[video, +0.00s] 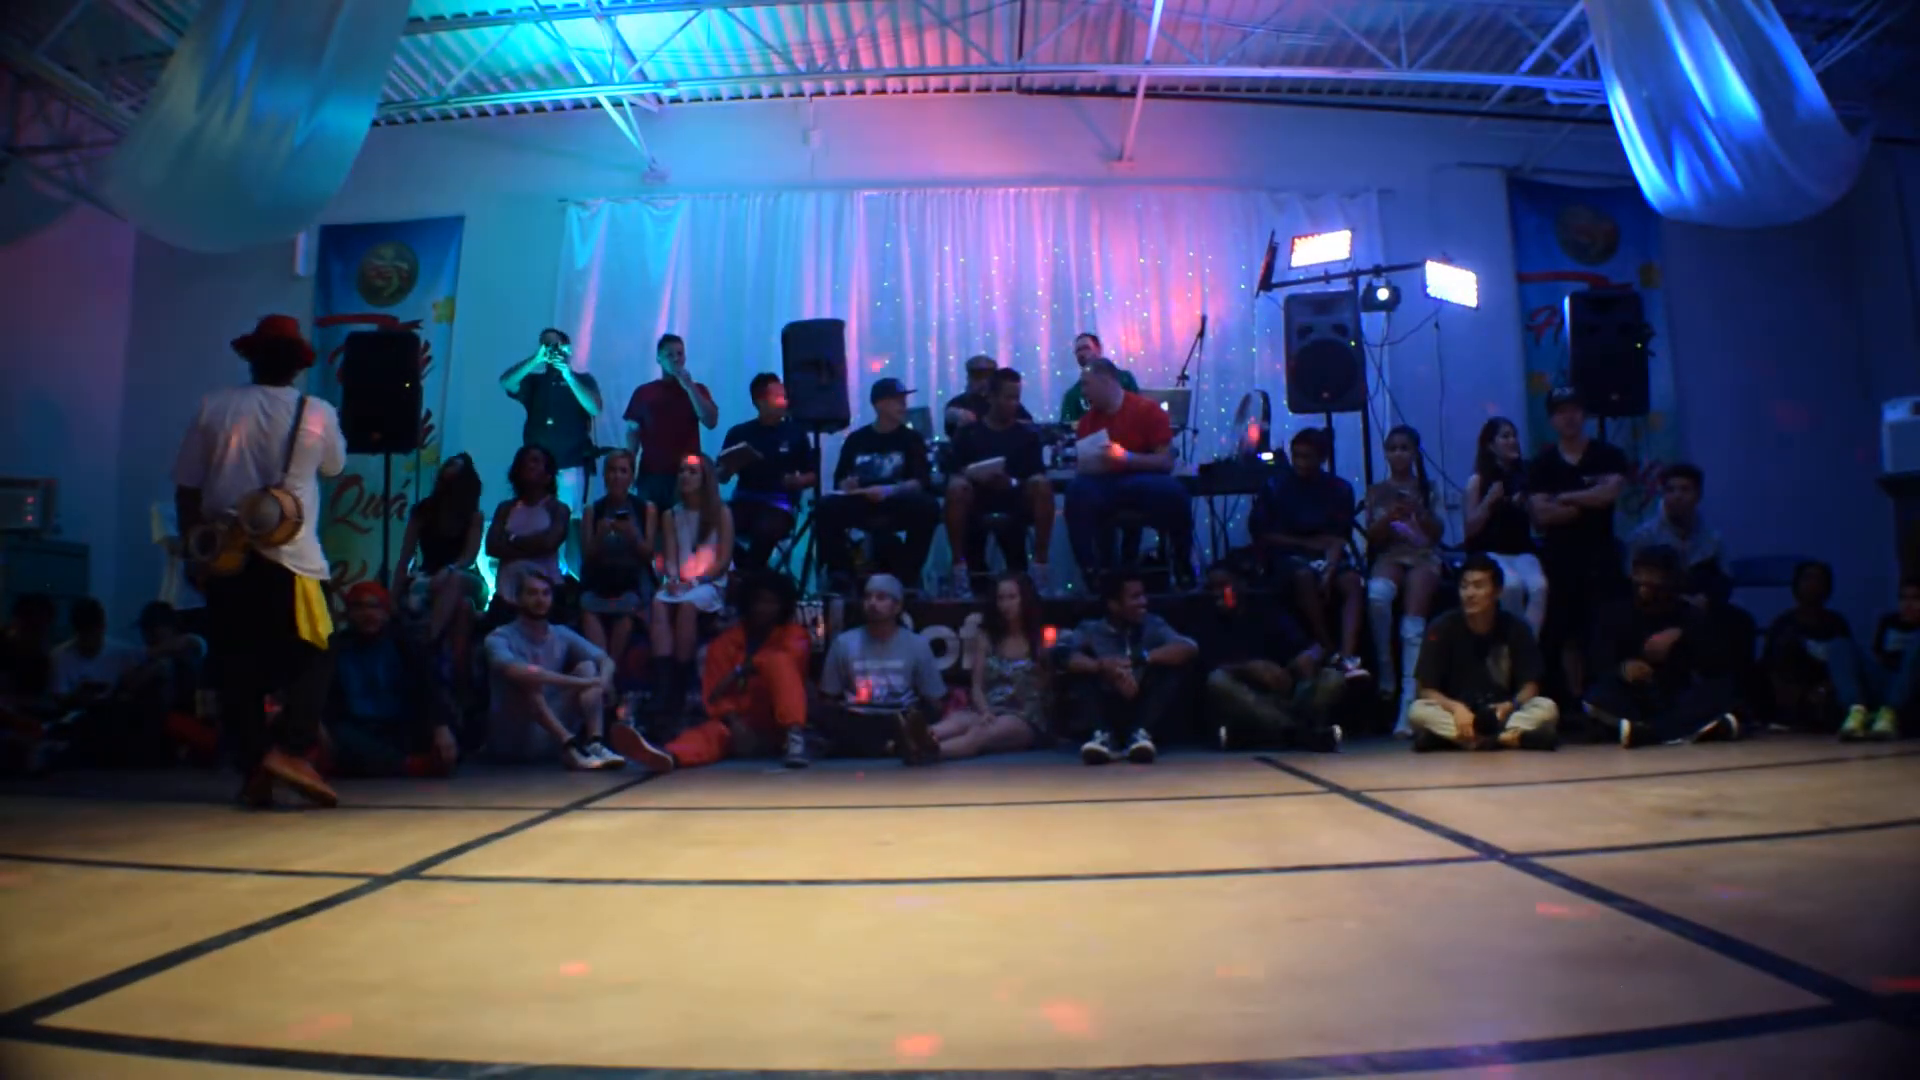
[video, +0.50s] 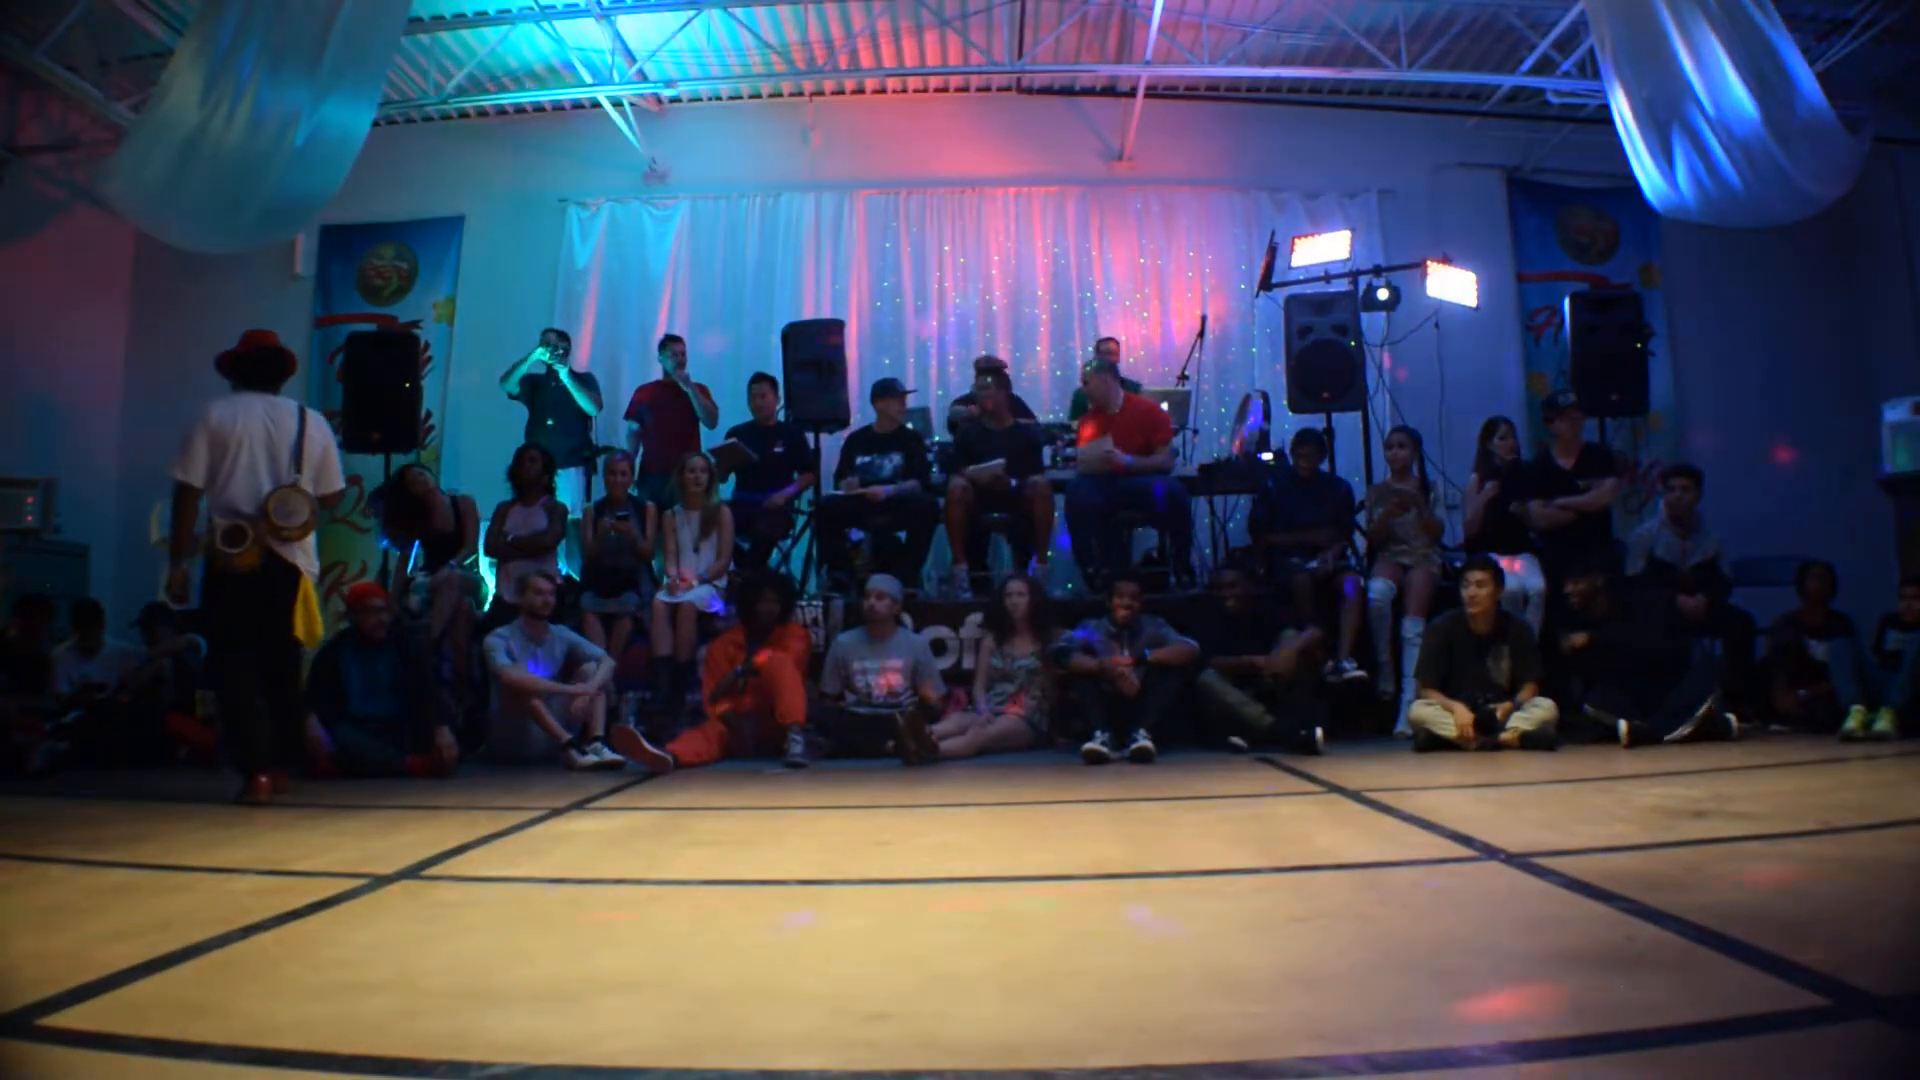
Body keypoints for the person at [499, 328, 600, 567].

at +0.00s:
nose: (553, 351)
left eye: (558, 346)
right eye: (548, 347)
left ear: (567, 349)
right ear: (541, 350)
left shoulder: (581, 380)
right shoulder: (533, 382)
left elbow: (594, 408)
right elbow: (506, 383)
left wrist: (566, 374)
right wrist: (537, 358)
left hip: (572, 459)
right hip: (538, 459)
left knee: (570, 520)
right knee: (535, 518)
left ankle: (571, 575)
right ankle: (536, 578)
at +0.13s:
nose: (554, 352)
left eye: (559, 348)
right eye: (549, 347)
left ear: (568, 350)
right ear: (542, 351)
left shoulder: (583, 380)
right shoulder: (534, 383)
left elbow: (594, 409)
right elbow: (507, 382)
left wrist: (567, 376)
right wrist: (537, 358)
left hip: (571, 461)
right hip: (538, 462)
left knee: (569, 521)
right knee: (535, 520)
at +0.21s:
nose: (555, 354)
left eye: (561, 349)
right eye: (550, 349)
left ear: (569, 352)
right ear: (543, 352)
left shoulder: (582, 380)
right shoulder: (534, 382)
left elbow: (594, 407)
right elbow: (507, 381)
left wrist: (566, 374)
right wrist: (536, 356)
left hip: (572, 460)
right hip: (538, 459)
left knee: (571, 520)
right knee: (535, 518)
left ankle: (571, 575)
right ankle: (535, 577)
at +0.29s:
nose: (555, 354)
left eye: (561, 349)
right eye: (550, 349)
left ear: (569, 352)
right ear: (543, 352)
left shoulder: (583, 380)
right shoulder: (534, 382)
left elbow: (594, 408)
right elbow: (507, 380)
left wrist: (566, 374)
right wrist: (535, 355)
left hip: (573, 461)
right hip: (538, 461)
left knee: (570, 522)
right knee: (536, 520)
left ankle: (572, 577)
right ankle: (537, 578)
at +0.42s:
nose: (554, 353)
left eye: (560, 348)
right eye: (549, 348)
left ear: (568, 351)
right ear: (542, 351)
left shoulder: (583, 380)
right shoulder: (533, 382)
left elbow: (594, 408)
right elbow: (507, 381)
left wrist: (565, 374)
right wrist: (535, 355)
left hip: (572, 462)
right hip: (538, 461)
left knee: (572, 524)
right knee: (535, 521)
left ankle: (572, 578)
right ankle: (537, 579)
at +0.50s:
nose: (555, 353)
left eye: (561, 348)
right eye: (550, 348)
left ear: (569, 351)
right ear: (542, 350)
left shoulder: (583, 380)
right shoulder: (534, 382)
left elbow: (593, 408)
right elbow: (507, 385)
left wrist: (565, 375)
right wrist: (533, 357)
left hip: (572, 461)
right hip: (538, 461)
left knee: (572, 523)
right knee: (535, 520)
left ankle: (573, 577)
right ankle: (537, 578)